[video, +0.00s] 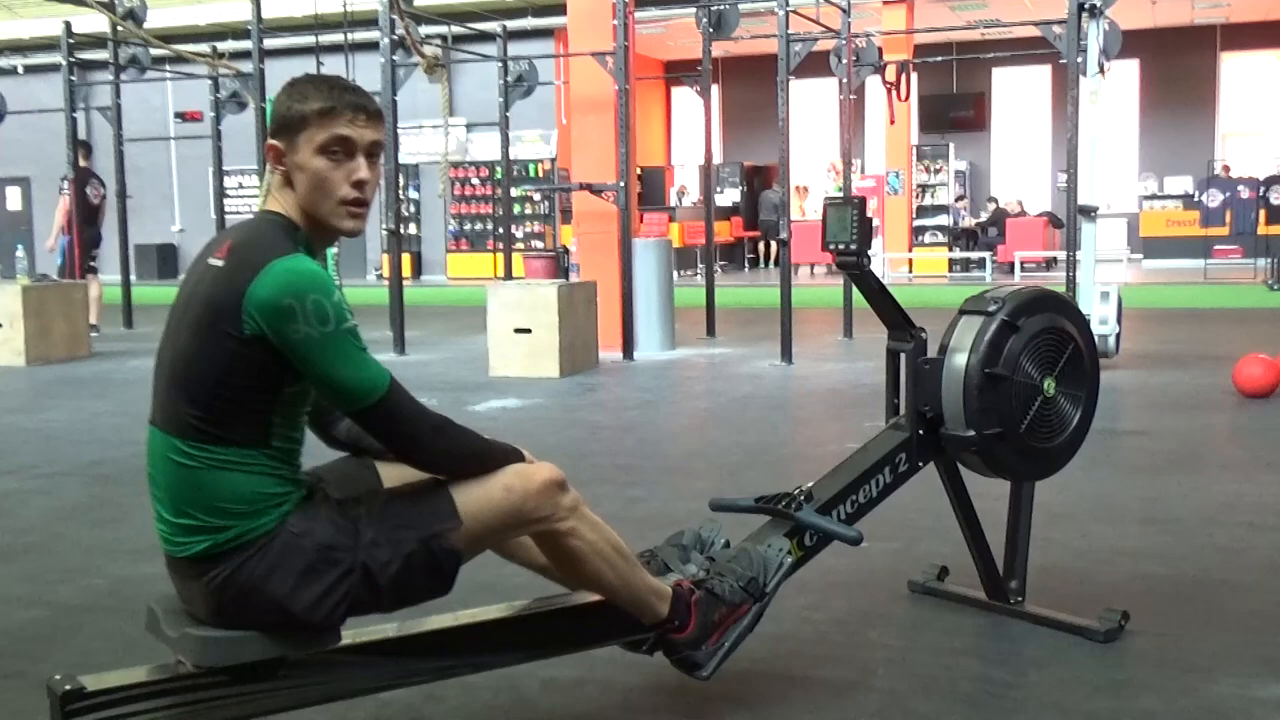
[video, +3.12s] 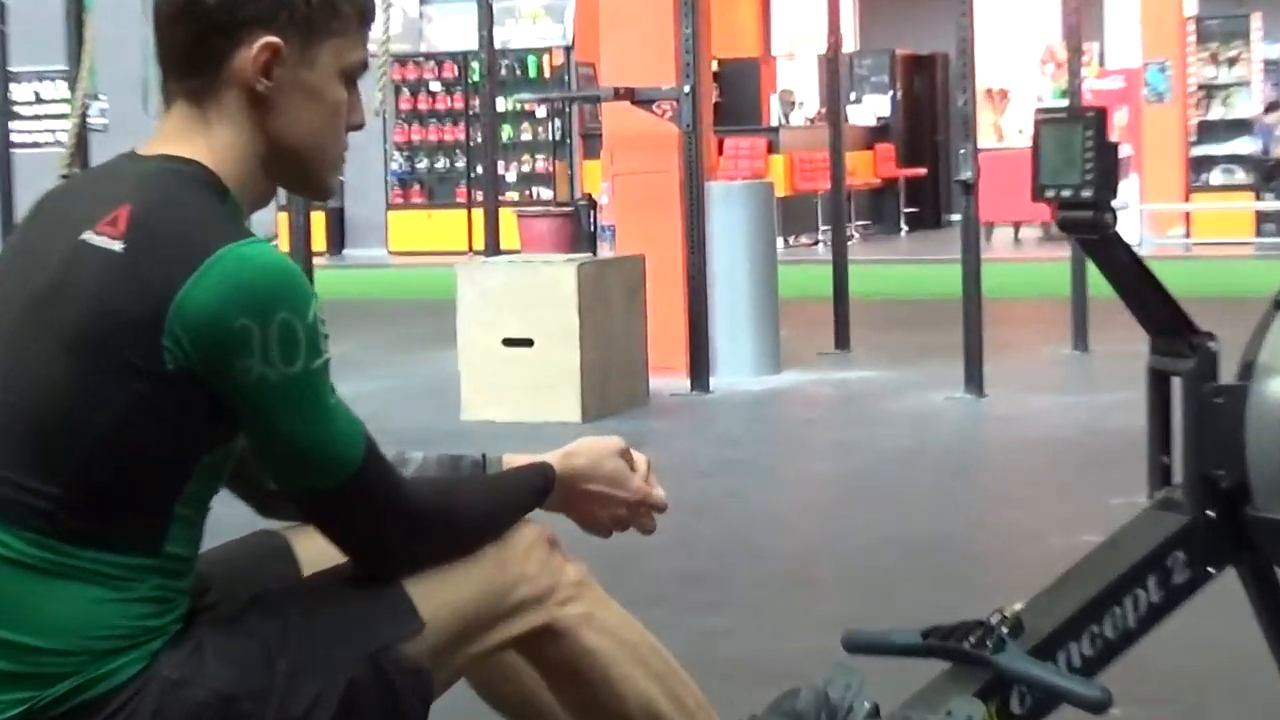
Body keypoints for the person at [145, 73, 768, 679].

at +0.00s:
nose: (363, 175)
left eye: (373, 156)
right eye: (338, 153)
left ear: (382, 164)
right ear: (279, 160)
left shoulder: (244, 252)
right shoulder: (290, 275)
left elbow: (339, 423)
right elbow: (415, 430)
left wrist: (492, 467)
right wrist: (520, 466)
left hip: (220, 541)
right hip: (256, 560)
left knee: (472, 474)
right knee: (536, 482)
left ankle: (629, 596)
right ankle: (674, 616)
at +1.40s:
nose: (435, 187)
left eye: (445, 170)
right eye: (412, 165)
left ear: (453, 176)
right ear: (358, 168)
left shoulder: (327, 246)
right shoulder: (381, 264)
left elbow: (455, 398)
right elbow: (501, 407)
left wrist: (591, 422)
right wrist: (615, 436)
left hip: (287, 516)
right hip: (316, 547)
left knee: (511, 437)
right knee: (592, 470)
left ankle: (653, 592)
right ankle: (708, 611)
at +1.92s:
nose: (523, 233)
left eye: (525, 219)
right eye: (513, 218)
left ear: (460, 216)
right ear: (462, 212)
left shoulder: (416, 270)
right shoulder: (457, 287)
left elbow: (509, 381)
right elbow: (555, 392)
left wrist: (606, 392)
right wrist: (630, 394)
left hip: (380, 479)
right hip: (412, 497)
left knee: (549, 409)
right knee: (617, 426)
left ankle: (655, 526)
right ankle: (695, 541)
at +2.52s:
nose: (496, 196)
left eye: (498, 179)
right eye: (489, 177)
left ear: (418, 168)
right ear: (438, 168)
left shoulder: (331, 244)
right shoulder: (414, 278)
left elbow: (441, 397)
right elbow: (507, 417)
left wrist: (569, 394)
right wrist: (596, 392)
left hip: (284, 526)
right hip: (334, 548)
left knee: (518, 431)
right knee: (585, 441)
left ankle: (662, 591)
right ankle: (724, 609)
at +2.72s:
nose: (450, 163)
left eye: (453, 142)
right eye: (444, 140)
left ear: (362, 132)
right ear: (381, 131)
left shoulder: (258, 230)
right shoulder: (357, 274)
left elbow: (413, 422)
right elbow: (468, 439)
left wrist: (564, 419)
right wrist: (581, 415)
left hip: (216, 572)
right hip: (273, 596)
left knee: (487, 462)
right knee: (572, 464)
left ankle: (665, 635)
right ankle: (739, 662)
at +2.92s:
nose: (407, 142)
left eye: (409, 115)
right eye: (398, 112)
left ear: (303, 104)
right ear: (327, 102)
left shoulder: (179, 222)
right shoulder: (303, 271)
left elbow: (342, 453)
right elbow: (441, 476)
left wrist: (539, 452)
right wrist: (574, 444)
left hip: (127, 621)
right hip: (200, 653)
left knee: (447, 506)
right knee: (566, 507)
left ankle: (654, 700)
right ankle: (735, 710)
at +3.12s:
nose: (360, 119)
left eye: (361, 84)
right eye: (350, 80)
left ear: (256, 74)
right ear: (265, 70)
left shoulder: (77, 209)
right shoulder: (239, 277)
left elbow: (274, 481)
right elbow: (396, 532)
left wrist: (527, 482)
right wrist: (555, 477)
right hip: (108, 692)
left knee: (378, 542)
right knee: (529, 562)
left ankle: (582, 713)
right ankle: (705, 717)